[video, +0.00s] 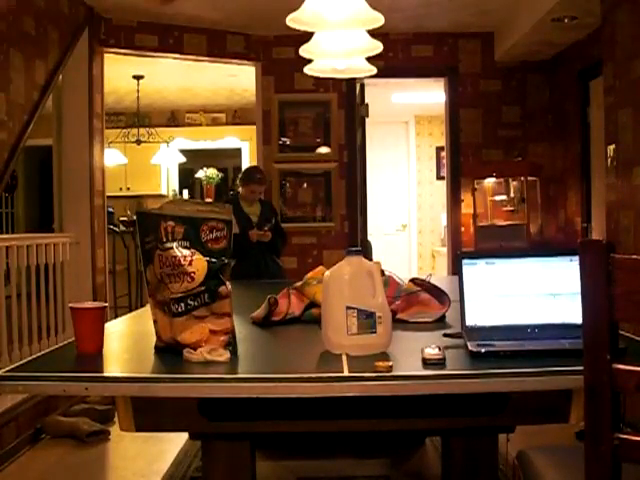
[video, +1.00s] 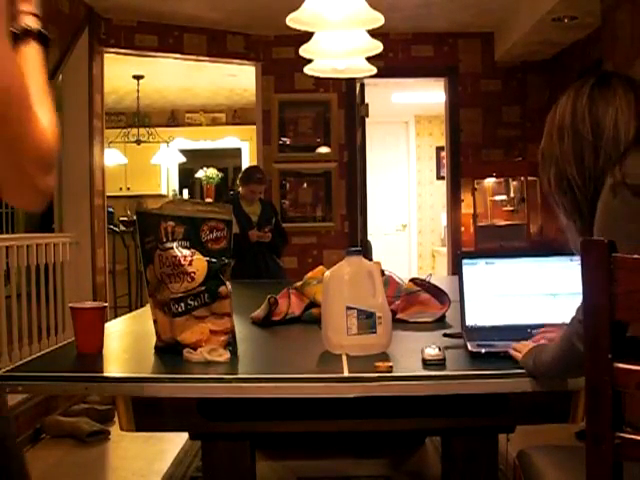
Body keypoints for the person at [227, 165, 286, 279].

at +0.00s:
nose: (256, 197)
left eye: (260, 193)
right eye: (252, 192)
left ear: (264, 190)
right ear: (241, 187)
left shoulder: (268, 207)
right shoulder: (230, 206)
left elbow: (282, 238)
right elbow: (226, 243)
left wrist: (270, 237)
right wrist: (248, 237)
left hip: (268, 270)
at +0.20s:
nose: (256, 197)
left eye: (260, 193)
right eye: (252, 192)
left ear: (264, 190)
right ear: (241, 187)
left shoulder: (267, 207)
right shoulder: (229, 206)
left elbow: (282, 237)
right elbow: (225, 242)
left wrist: (270, 237)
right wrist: (248, 237)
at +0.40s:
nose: (256, 197)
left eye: (260, 193)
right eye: (252, 192)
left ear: (264, 189)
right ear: (241, 187)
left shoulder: (268, 207)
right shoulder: (230, 206)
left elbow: (282, 238)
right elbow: (226, 242)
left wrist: (271, 237)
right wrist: (248, 237)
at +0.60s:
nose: (256, 197)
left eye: (260, 193)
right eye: (252, 192)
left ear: (264, 190)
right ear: (241, 187)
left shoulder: (268, 206)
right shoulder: (230, 206)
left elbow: (282, 238)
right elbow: (226, 241)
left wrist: (270, 237)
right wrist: (248, 237)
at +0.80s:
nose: (256, 197)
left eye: (260, 193)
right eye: (252, 192)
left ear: (264, 190)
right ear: (241, 187)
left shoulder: (268, 207)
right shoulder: (230, 206)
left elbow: (283, 238)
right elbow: (226, 241)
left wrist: (271, 237)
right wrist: (248, 237)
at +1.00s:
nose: (256, 197)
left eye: (260, 193)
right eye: (252, 192)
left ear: (264, 190)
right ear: (241, 186)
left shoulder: (268, 207)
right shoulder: (230, 206)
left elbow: (283, 238)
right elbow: (226, 241)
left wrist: (271, 238)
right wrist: (247, 237)